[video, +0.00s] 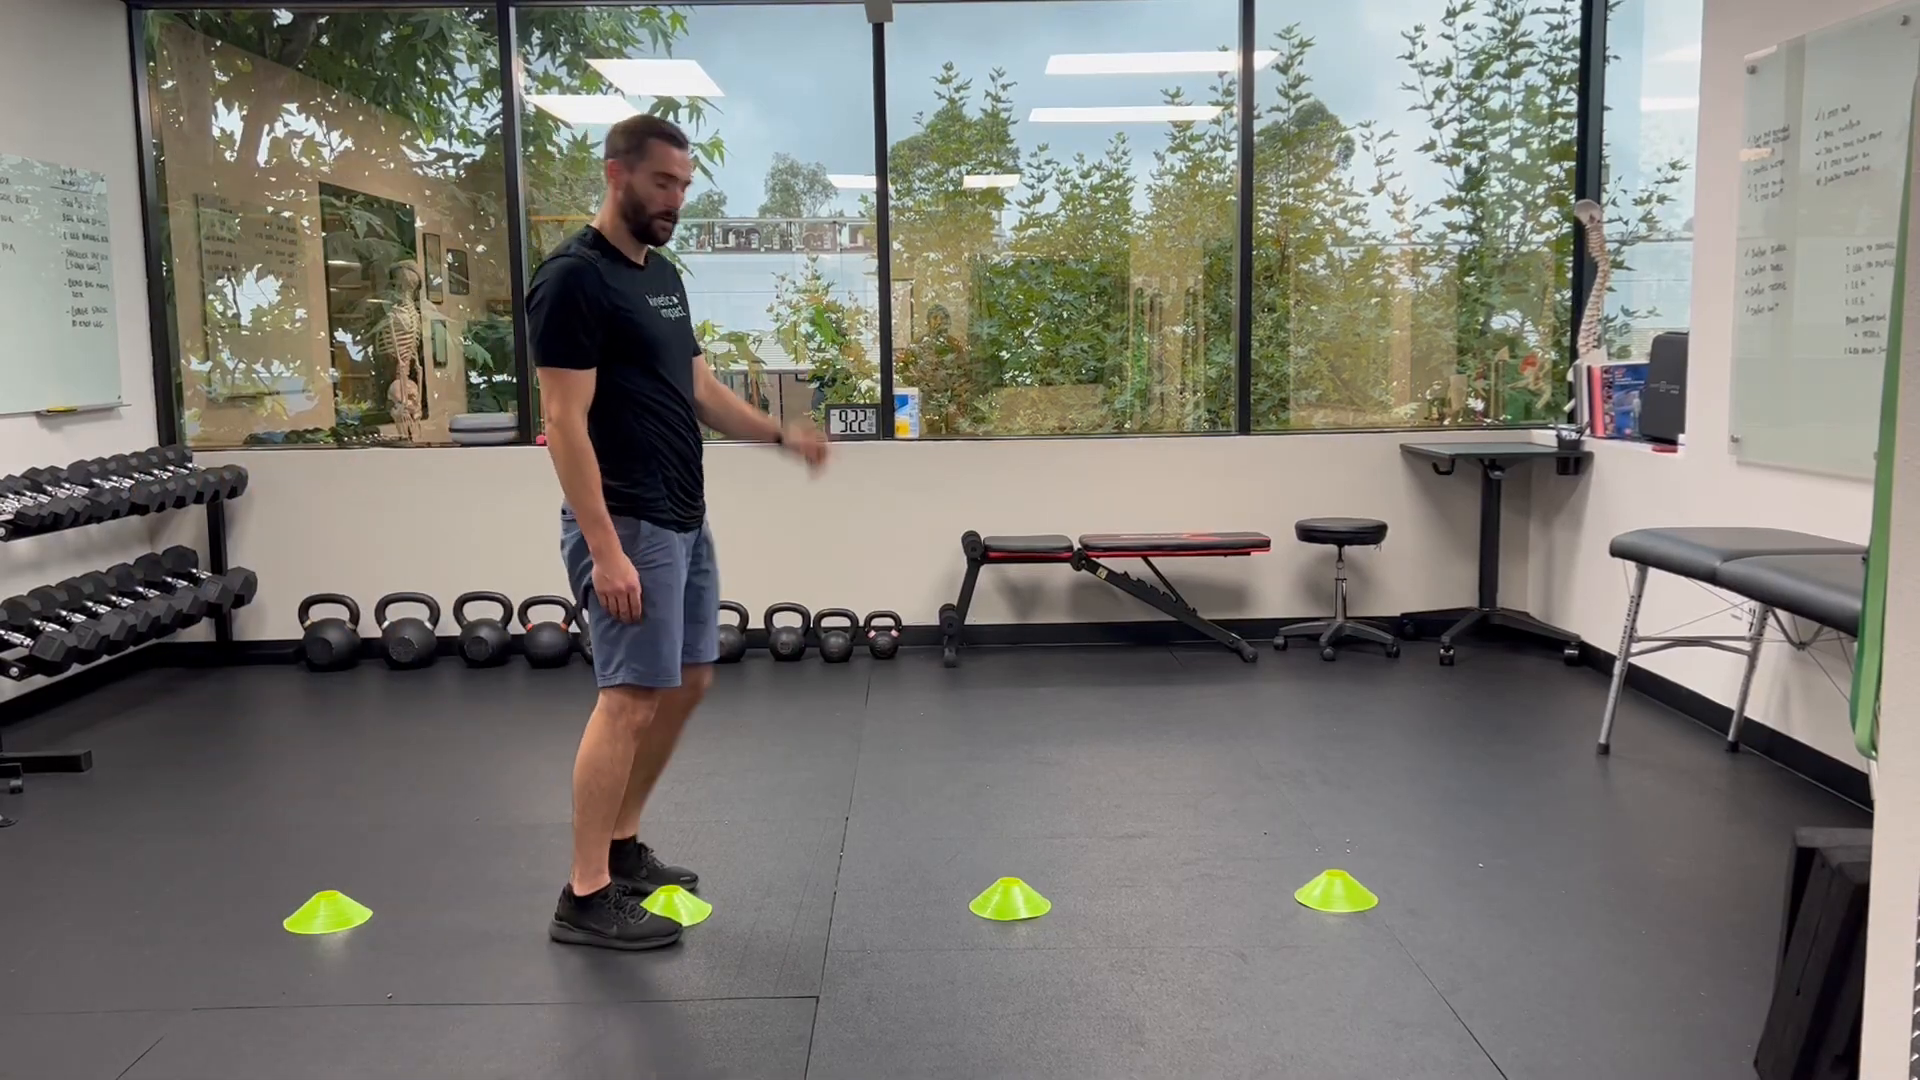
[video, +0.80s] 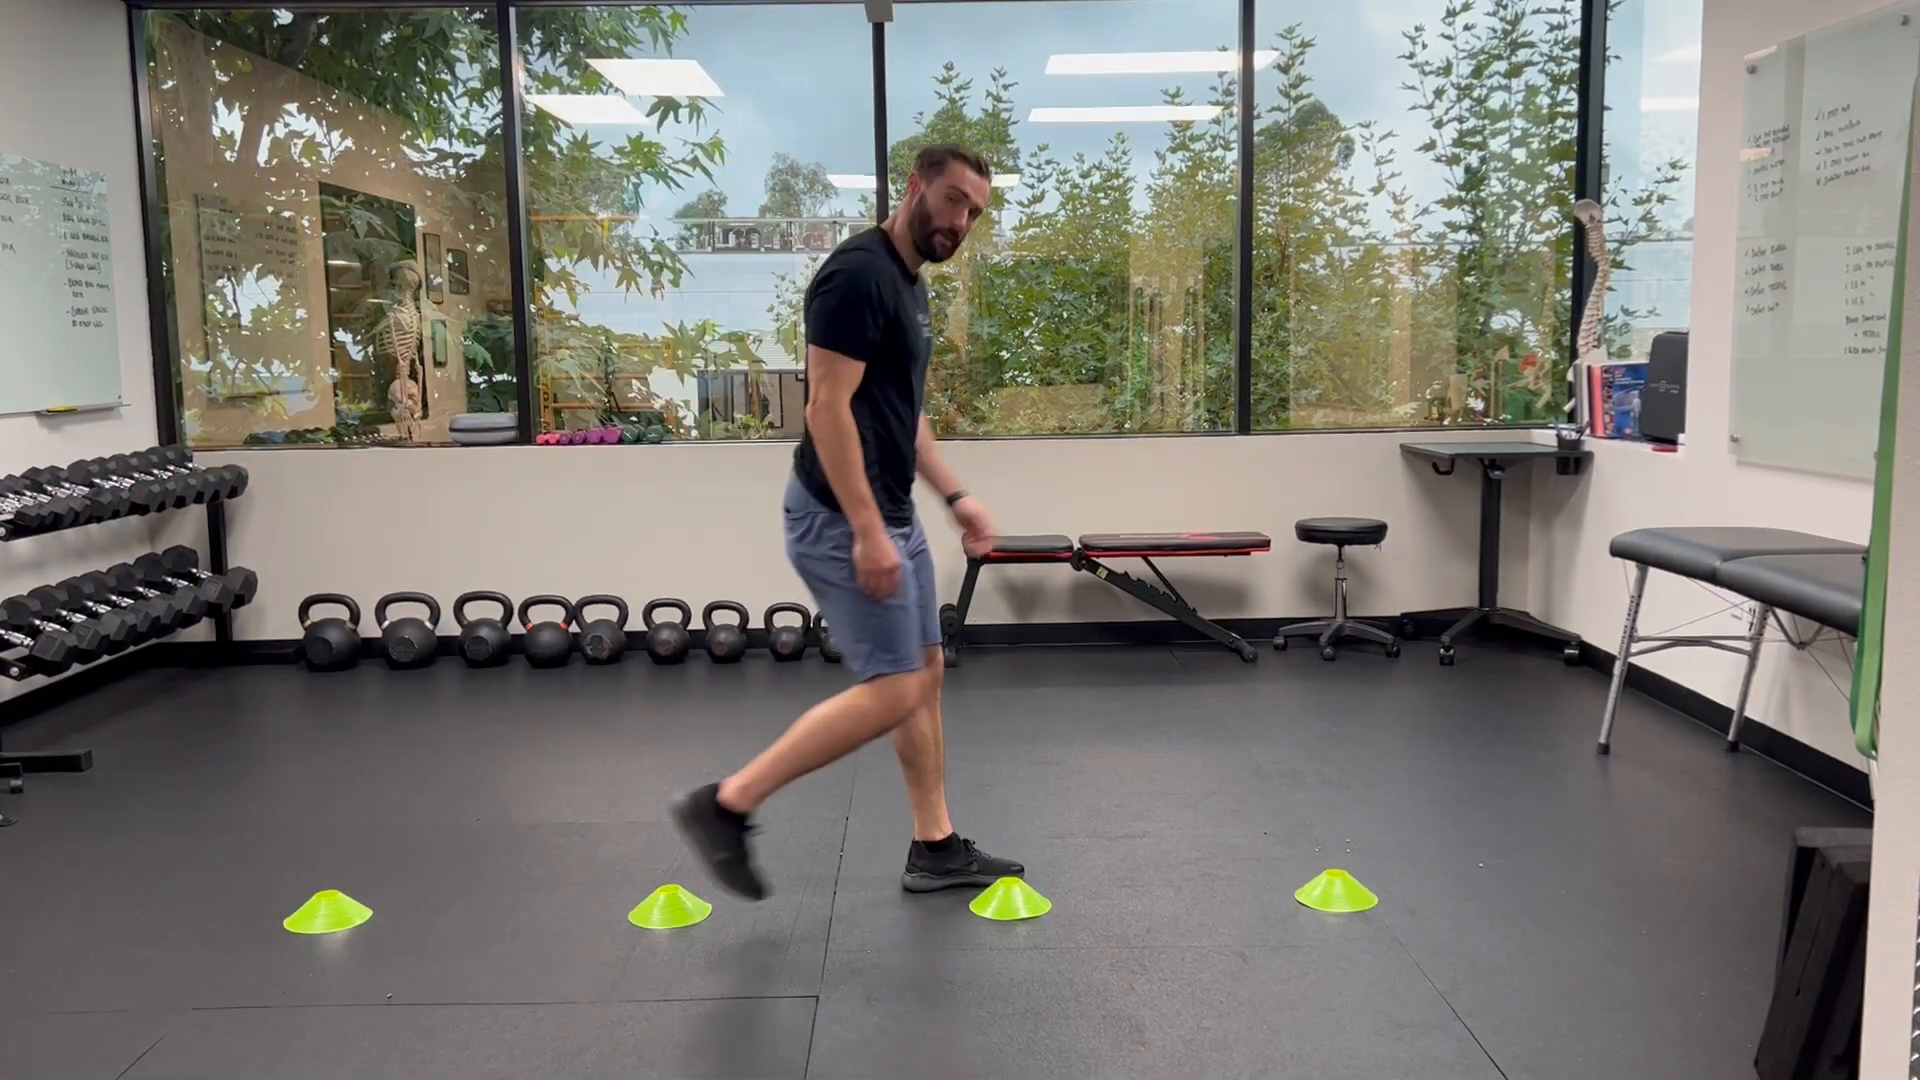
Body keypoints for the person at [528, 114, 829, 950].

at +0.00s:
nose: (675, 199)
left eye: (683, 186)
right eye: (663, 182)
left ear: (682, 188)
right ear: (615, 174)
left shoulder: (662, 276)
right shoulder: (573, 281)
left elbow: (697, 386)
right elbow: (564, 425)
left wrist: (778, 430)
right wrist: (605, 549)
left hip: (683, 522)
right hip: (623, 526)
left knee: (687, 680)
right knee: (629, 694)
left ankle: (616, 845)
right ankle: (585, 892)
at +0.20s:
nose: (738, 237)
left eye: (744, 224)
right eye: (733, 220)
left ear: (705, 202)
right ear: (686, 194)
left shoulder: (689, 273)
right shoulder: (610, 282)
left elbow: (685, 407)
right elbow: (591, 433)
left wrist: (715, 508)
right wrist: (627, 561)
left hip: (717, 519)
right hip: (656, 532)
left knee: (778, 657)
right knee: (644, 705)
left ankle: (714, 819)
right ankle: (587, 893)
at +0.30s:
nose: (772, 239)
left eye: (778, 226)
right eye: (769, 222)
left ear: (738, 204)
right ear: (724, 196)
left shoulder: (714, 272)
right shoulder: (650, 281)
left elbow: (703, 410)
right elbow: (619, 428)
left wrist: (737, 512)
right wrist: (646, 560)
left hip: (738, 520)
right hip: (675, 533)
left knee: (797, 661)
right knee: (653, 706)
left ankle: (817, 831)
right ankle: (587, 892)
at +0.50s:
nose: (861, 267)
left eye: (870, 253)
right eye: (860, 248)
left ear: (823, 225)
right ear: (819, 220)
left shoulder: (780, 294)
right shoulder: (744, 299)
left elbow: (743, 424)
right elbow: (704, 434)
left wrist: (690, 510)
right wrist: (722, 571)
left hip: (790, 535)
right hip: (738, 545)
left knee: (859, 665)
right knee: (681, 709)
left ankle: (926, 831)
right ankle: (590, 889)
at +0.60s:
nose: (910, 277)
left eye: (918, 265)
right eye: (910, 259)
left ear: (876, 235)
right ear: (872, 231)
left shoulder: (828, 302)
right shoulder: (798, 307)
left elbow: (797, 435)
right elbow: (751, 440)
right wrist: (772, 570)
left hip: (832, 543)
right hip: (779, 553)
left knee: (894, 671)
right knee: (720, 712)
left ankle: (936, 844)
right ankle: (600, 878)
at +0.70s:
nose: (947, 257)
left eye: (959, 244)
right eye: (946, 236)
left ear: (906, 214)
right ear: (904, 207)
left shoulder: (866, 285)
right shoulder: (840, 286)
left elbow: (831, 417)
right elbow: (798, 418)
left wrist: (863, 524)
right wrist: (823, 544)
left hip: (865, 521)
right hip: (815, 527)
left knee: (912, 672)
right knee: (806, 710)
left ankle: (933, 845)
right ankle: (647, 844)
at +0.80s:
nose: (964, 223)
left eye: (975, 212)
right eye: (956, 201)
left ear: (970, 216)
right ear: (912, 187)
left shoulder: (905, 283)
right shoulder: (860, 274)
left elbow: (901, 413)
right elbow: (825, 406)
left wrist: (956, 496)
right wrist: (867, 528)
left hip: (892, 510)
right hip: (840, 516)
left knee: (924, 672)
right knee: (895, 688)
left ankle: (935, 844)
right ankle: (726, 805)